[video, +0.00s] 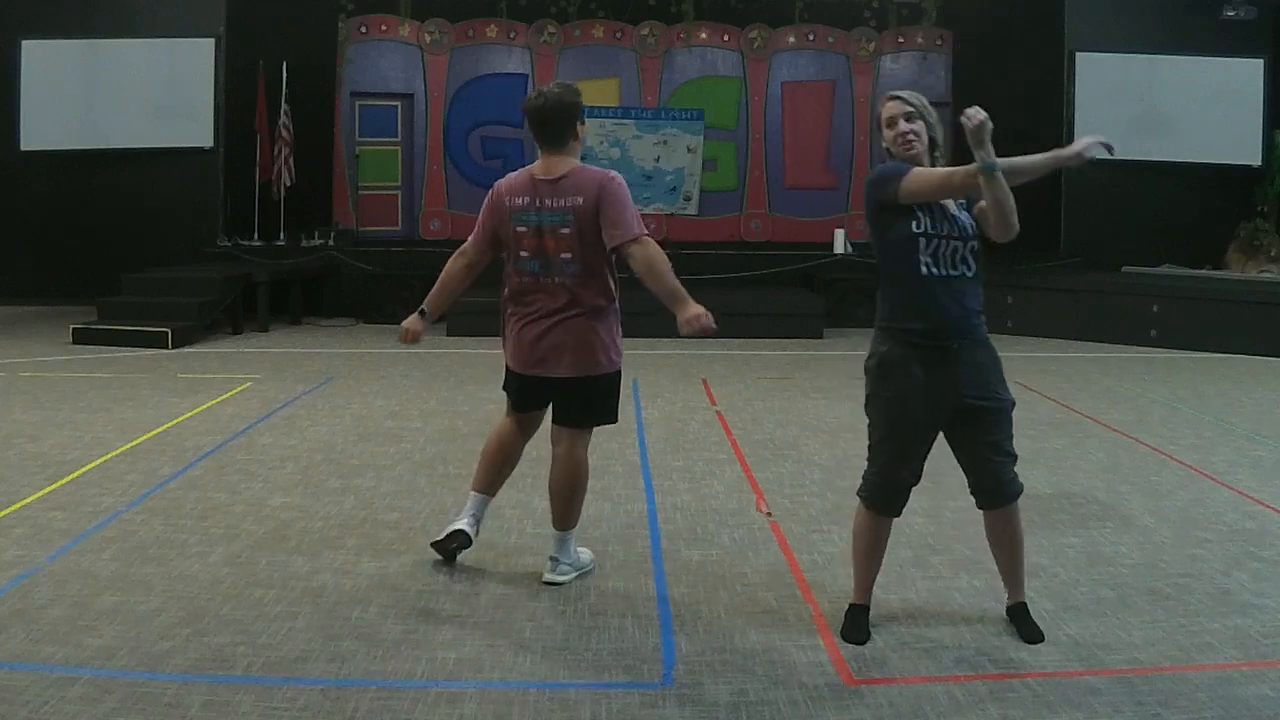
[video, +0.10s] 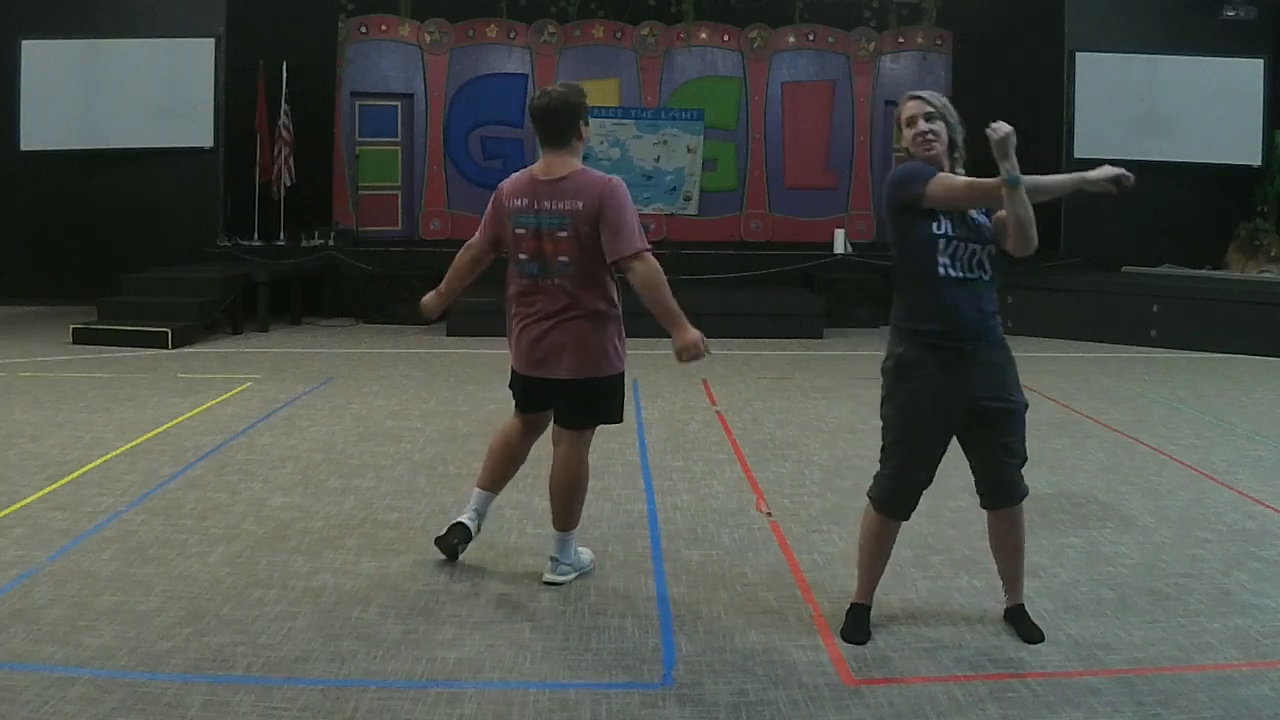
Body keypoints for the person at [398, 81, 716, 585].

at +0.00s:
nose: (586, 128)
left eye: (582, 122)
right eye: (585, 122)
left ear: (531, 130)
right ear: (580, 129)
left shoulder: (505, 191)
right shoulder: (604, 186)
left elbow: (469, 259)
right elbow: (637, 249)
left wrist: (425, 313)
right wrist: (683, 303)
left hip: (526, 343)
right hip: (587, 345)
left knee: (518, 418)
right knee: (571, 441)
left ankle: (468, 519)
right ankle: (563, 554)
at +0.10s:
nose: (590, 129)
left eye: (586, 122)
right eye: (589, 123)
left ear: (535, 130)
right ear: (582, 129)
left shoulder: (509, 191)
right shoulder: (606, 190)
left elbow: (477, 252)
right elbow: (638, 265)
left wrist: (438, 298)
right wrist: (681, 327)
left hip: (530, 344)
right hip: (588, 348)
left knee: (527, 418)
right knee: (573, 444)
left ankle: (471, 516)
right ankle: (564, 554)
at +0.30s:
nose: (590, 129)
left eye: (587, 122)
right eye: (588, 123)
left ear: (535, 130)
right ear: (581, 129)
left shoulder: (517, 185)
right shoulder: (603, 196)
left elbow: (536, 250)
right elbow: (637, 265)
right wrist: (667, 308)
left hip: (531, 340)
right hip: (586, 346)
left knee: (534, 423)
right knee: (574, 443)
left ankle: (470, 509)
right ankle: (563, 554)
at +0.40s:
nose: (591, 126)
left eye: (588, 118)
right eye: (589, 119)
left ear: (535, 129)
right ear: (580, 128)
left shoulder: (520, 181)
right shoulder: (604, 192)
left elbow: (569, 199)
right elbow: (648, 261)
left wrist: (621, 187)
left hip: (530, 338)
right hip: (584, 345)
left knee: (534, 422)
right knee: (573, 439)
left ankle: (467, 506)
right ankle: (564, 554)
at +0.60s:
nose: (600, 121)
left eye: (595, 113)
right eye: (595, 114)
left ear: (549, 127)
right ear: (582, 122)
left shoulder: (534, 172)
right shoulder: (603, 184)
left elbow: (626, 170)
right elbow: (639, 228)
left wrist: (696, 164)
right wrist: (617, 178)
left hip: (526, 330)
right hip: (579, 340)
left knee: (528, 419)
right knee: (570, 445)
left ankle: (457, 502)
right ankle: (564, 554)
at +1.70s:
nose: (577, 134)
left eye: (580, 125)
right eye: (564, 128)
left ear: (585, 128)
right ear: (537, 138)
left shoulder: (517, 175)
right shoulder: (576, 192)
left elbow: (612, 199)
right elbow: (608, 255)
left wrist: (682, 208)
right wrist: (617, 230)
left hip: (501, 337)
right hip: (560, 343)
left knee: (485, 437)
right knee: (575, 444)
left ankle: (439, 546)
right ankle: (569, 556)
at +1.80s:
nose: (562, 147)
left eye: (567, 138)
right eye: (550, 139)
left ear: (572, 141)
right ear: (524, 147)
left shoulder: (510, 189)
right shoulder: (547, 201)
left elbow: (602, 226)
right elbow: (592, 273)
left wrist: (668, 241)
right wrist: (613, 259)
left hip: (493, 346)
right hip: (550, 350)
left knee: (482, 451)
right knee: (575, 444)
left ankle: (437, 563)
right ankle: (569, 556)